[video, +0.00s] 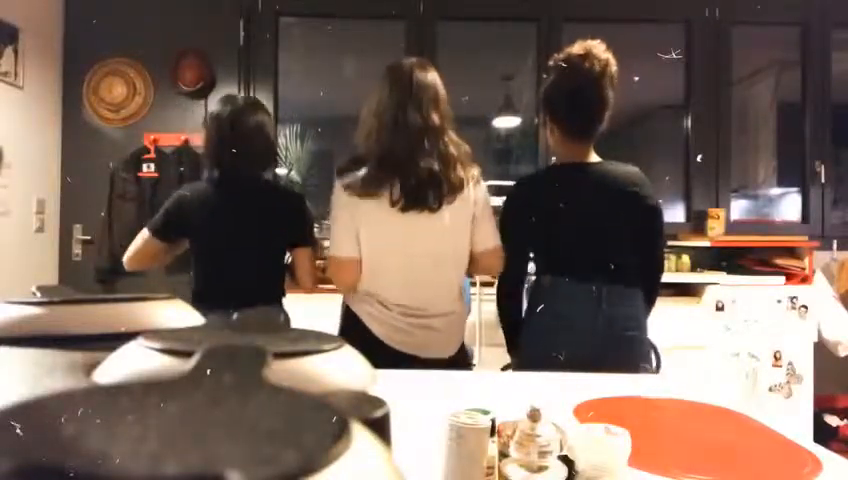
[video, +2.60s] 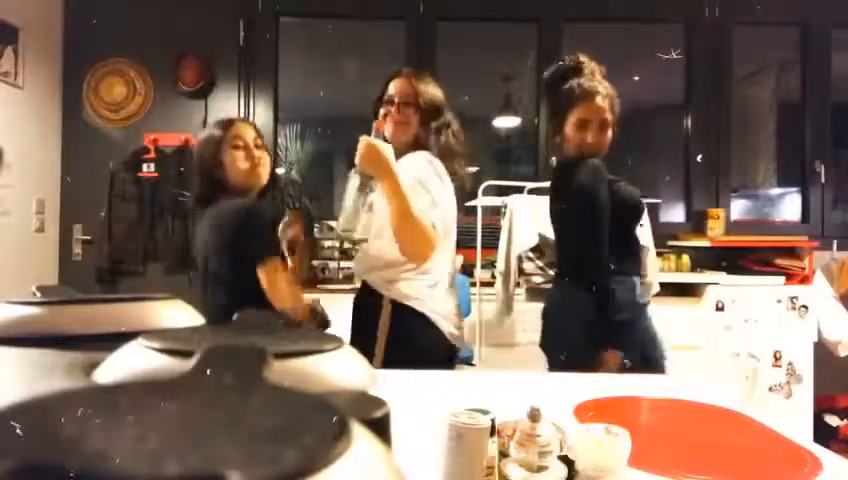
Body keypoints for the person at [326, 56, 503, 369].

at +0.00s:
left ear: (380, 112)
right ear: (440, 110)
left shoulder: (353, 187)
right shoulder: (468, 182)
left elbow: (345, 278)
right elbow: (492, 263)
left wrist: (330, 261)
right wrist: (443, 259)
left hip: (373, 349)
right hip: (445, 350)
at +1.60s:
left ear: (372, 112)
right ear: (436, 109)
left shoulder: (348, 183)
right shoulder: (462, 186)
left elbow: (333, 272)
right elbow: (478, 264)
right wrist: (432, 256)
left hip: (367, 346)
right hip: (438, 350)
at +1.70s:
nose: (359, 115)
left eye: (365, 107)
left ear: (376, 119)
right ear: (443, 119)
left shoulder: (357, 191)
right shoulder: (460, 192)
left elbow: (352, 277)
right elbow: (469, 262)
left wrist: (331, 227)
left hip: (373, 344)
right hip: (440, 350)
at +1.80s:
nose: (373, 109)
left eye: (381, 100)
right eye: (378, 99)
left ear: (392, 113)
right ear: (442, 117)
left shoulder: (383, 170)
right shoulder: (447, 181)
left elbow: (377, 265)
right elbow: (461, 256)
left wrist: (338, 223)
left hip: (386, 336)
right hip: (438, 341)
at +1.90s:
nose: (386, 102)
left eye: (397, 95)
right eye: (389, 94)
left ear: (422, 108)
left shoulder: (413, 165)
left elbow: (404, 253)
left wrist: (348, 209)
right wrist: (349, 204)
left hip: (393, 321)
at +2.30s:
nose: (399, 113)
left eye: (412, 106)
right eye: (393, 103)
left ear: (434, 118)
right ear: (383, 109)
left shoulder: (428, 167)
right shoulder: (385, 166)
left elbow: (433, 256)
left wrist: (388, 180)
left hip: (411, 310)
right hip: (370, 303)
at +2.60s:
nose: (393, 111)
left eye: (406, 105)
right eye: (388, 102)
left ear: (428, 118)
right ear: (378, 110)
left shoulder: (419, 166)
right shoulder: (402, 166)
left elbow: (420, 250)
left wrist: (387, 174)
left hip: (401, 313)